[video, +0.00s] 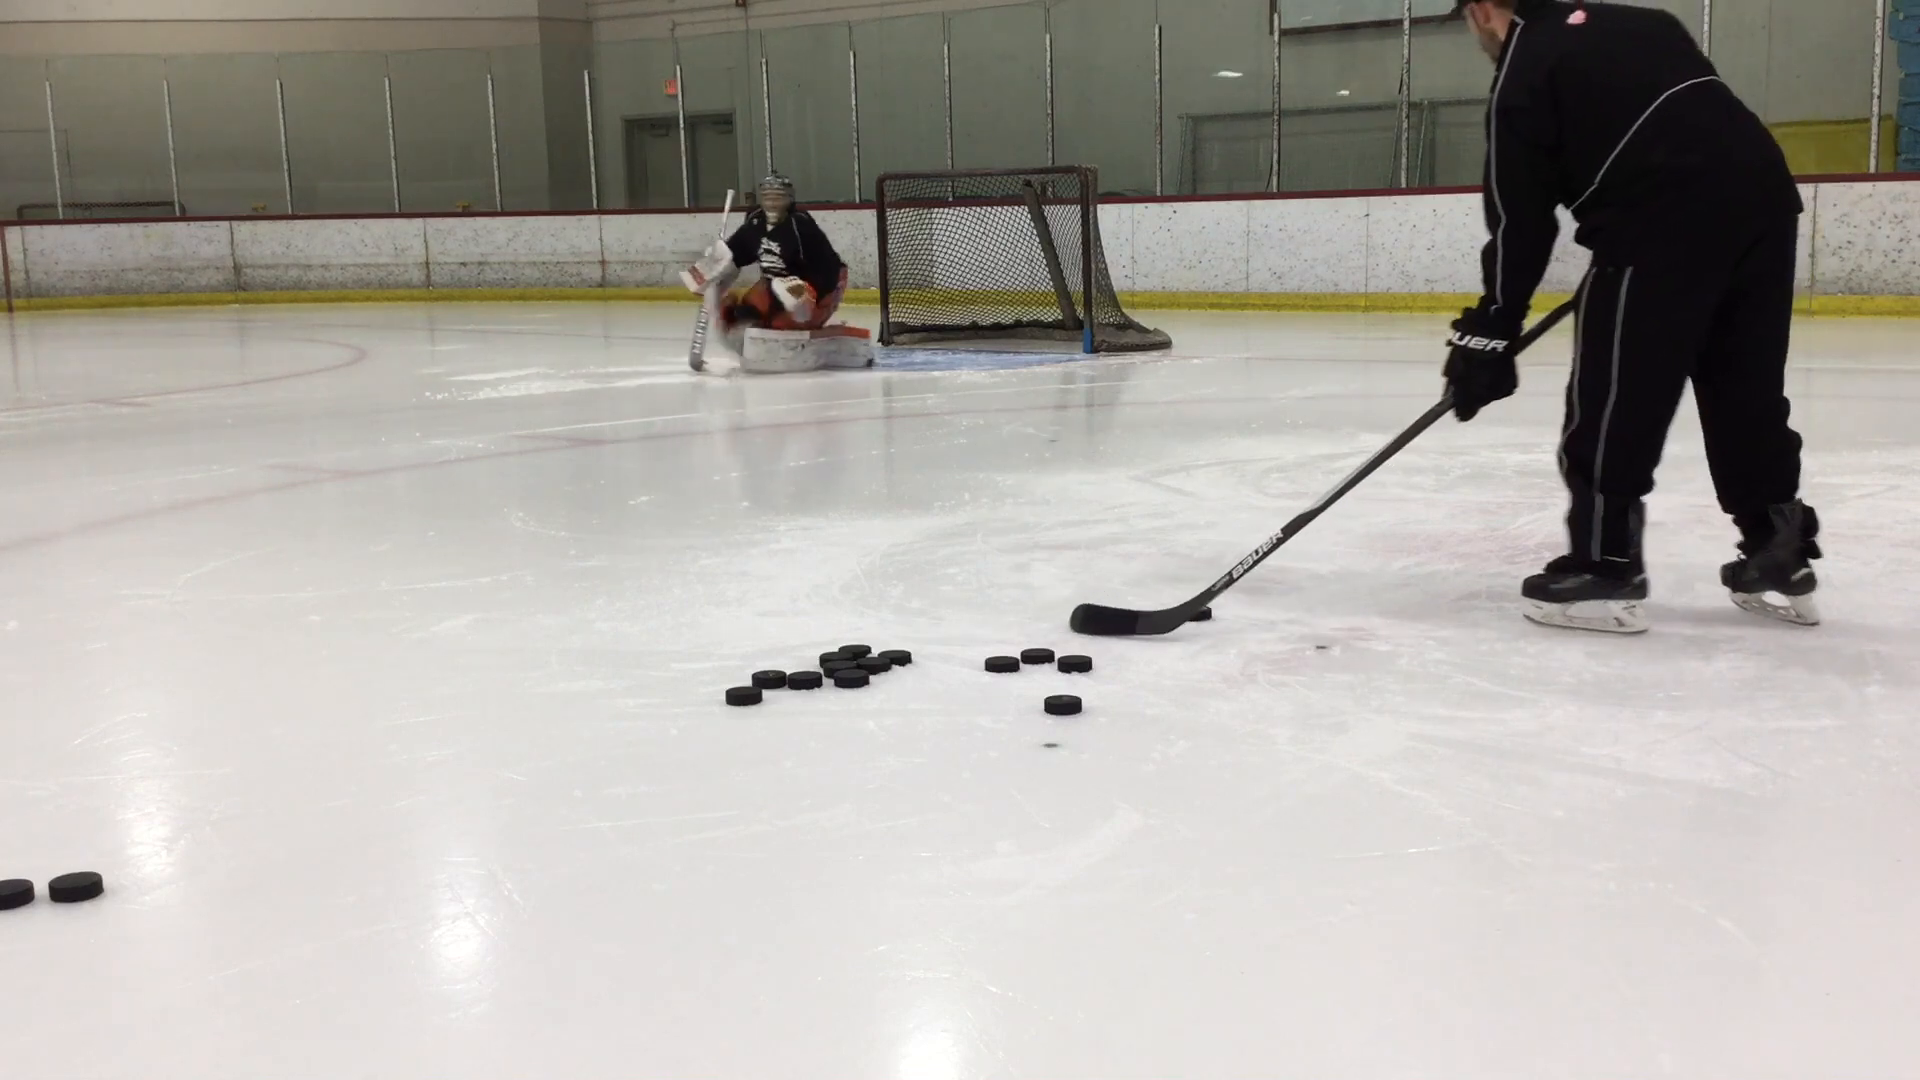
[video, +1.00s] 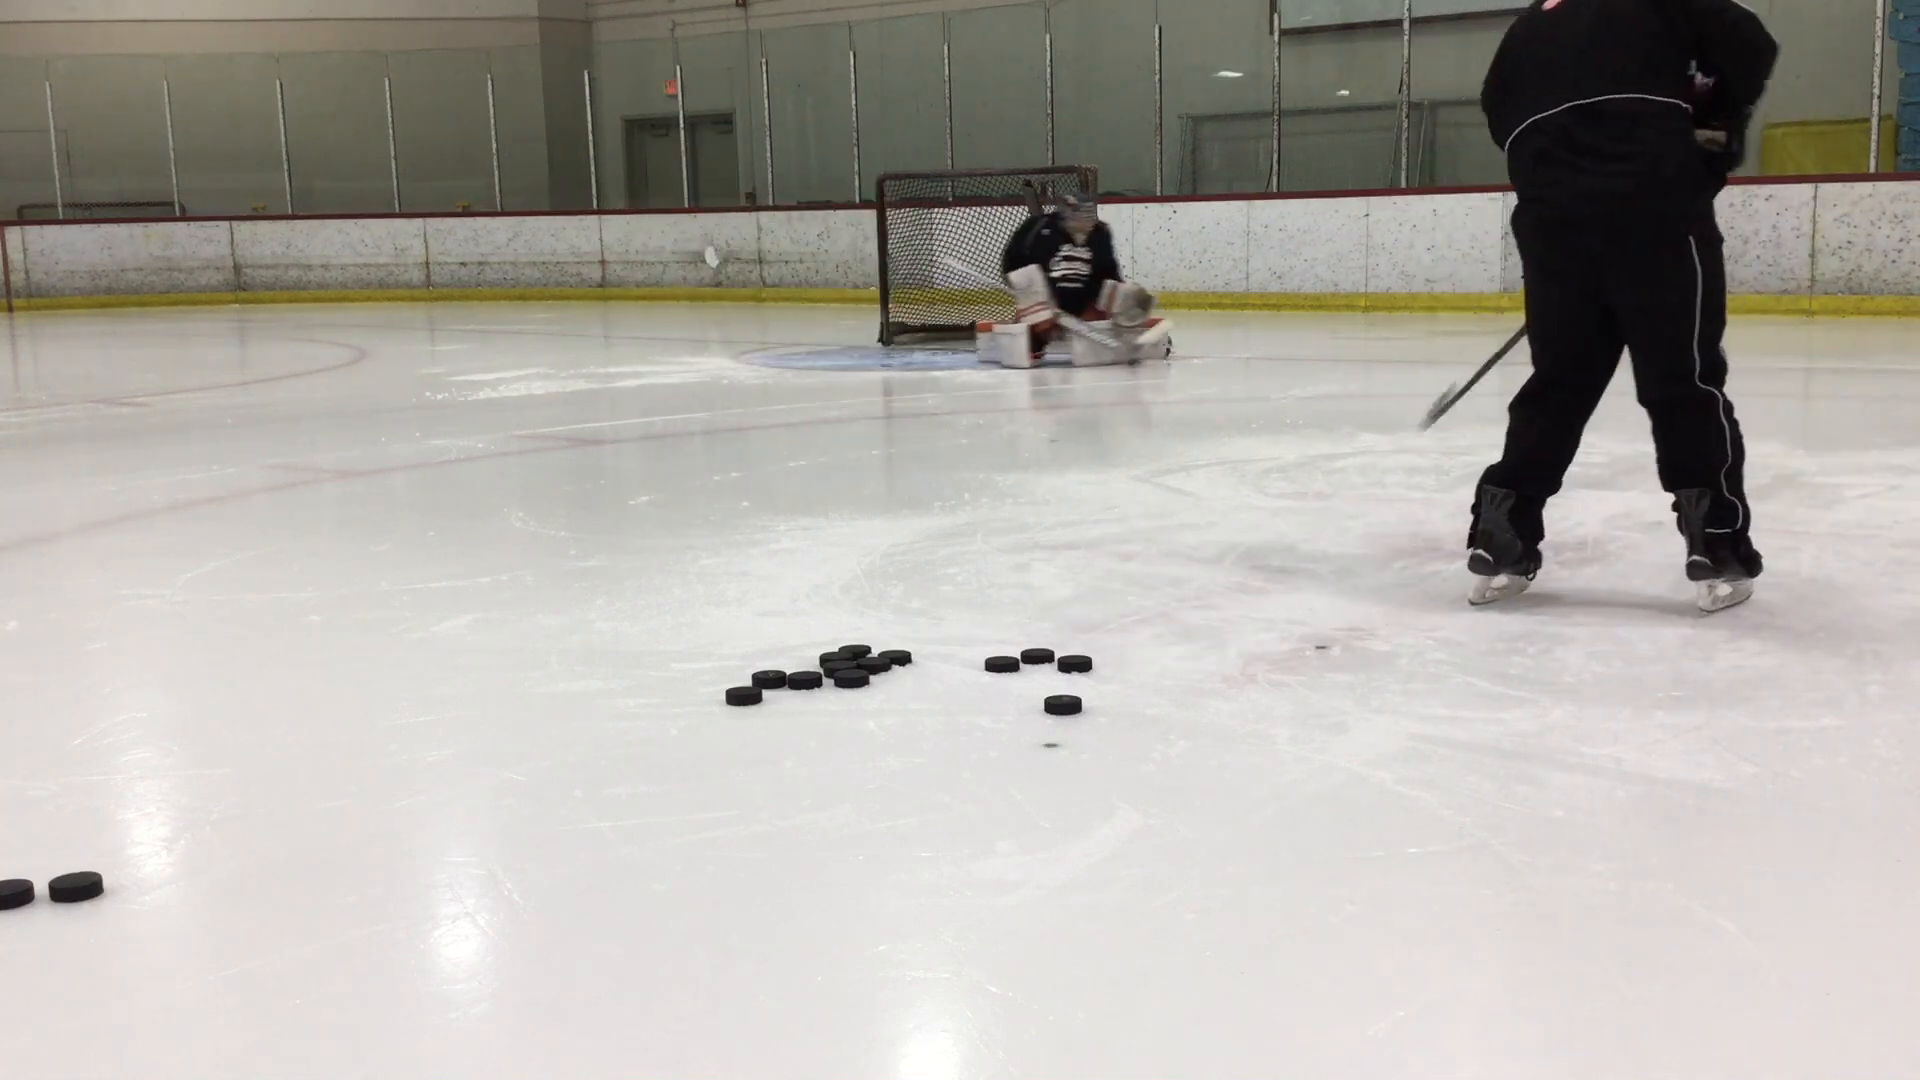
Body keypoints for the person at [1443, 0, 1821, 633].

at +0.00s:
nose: (1474, 33)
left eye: (1471, 18)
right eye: (1470, 21)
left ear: (1492, 9)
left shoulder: (1524, 74)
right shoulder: (1642, 22)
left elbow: (1518, 217)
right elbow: (1678, 134)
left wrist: (1490, 330)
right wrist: (1612, 262)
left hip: (1660, 233)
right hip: (1763, 206)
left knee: (1613, 394)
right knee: (1746, 391)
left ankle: (1604, 561)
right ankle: (1780, 549)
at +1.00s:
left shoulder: (1523, 29)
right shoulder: (1675, 4)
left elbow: (1500, 110)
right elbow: (1752, 45)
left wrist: (1561, 165)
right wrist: (1721, 117)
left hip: (1554, 222)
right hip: (1659, 214)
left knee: (1559, 378)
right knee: (1684, 381)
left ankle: (1502, 533)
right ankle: (1715, 541)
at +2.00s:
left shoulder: (1713, 2)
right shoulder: (1796, 8)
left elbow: (1702, 70)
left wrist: (1637, 156)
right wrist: (1647, 175)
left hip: (1721, 199)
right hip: (1785, 194)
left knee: (1702, 377)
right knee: (1759, 374)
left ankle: (1722, 548)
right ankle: (1777, 533)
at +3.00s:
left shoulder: (1584, 10)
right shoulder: (1691, 7)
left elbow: (1571, 137)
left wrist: (1524, 261)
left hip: (1659, 223)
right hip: (1752, 208)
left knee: (1632, 396)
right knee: (1722, 386)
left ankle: (1660, 573)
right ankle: (1728, 554)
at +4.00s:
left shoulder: (1607, 13)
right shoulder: (1753, 1)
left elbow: (1593, 131)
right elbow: (1798, 59)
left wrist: (1581, 239)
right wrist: (1730, 132)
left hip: (1688, 218)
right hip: (1786, 209)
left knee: (1643, 391)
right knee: (1747, 386)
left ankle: (1625, 564)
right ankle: (1749, 547)